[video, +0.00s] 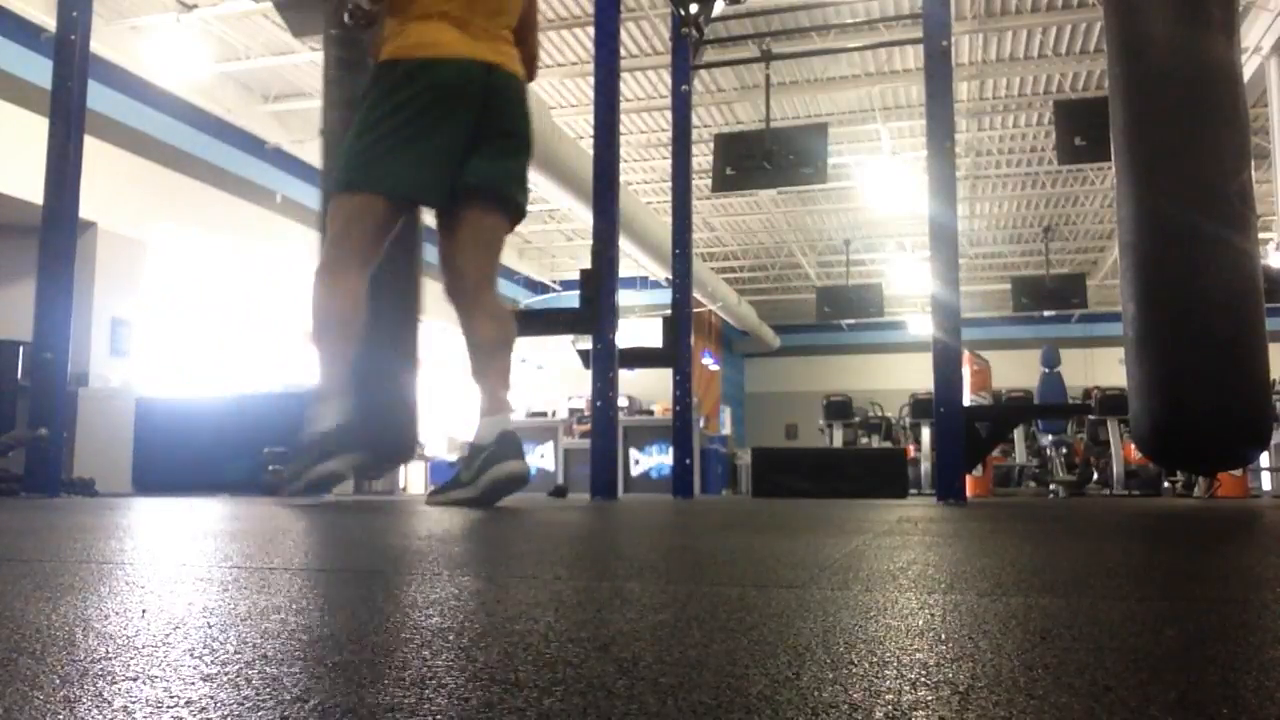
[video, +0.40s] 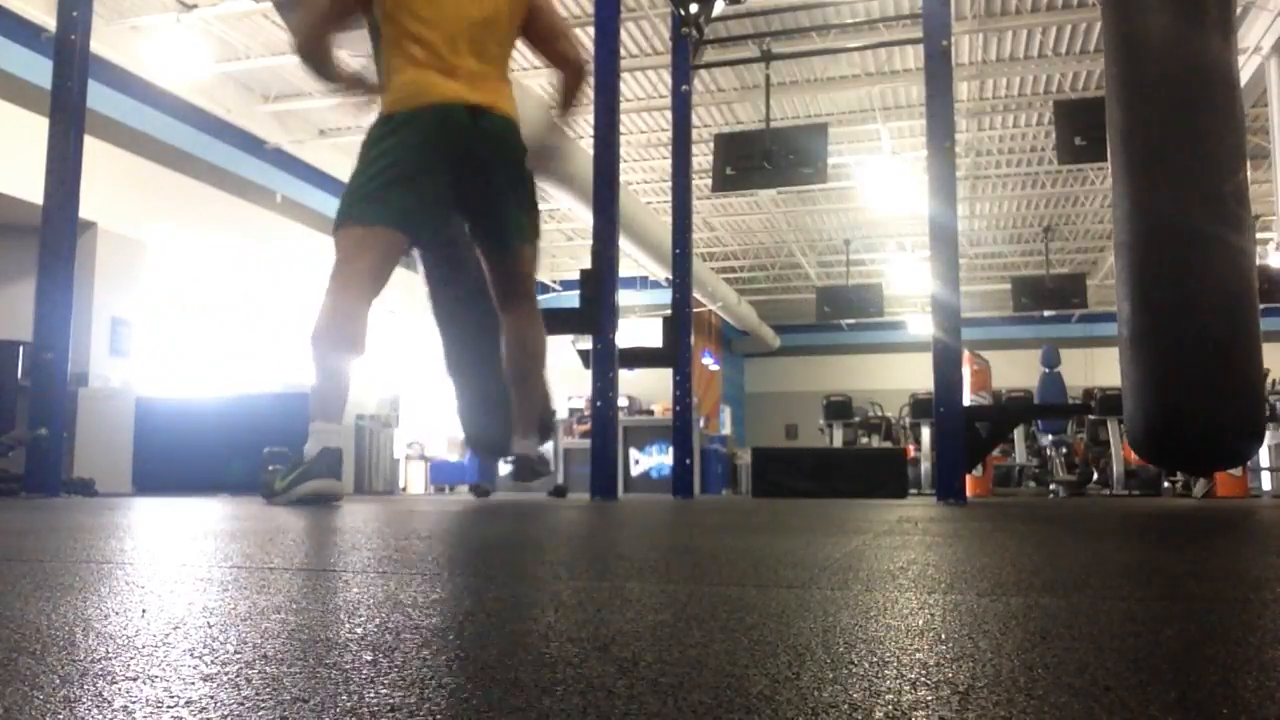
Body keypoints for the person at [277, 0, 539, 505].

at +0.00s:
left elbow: (362, 13)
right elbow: (527, 60)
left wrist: (364, 14)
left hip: (415, 73)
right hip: (503, 89)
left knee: (345, 258)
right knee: (475, 277)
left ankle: (330, 424)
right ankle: (496, 435)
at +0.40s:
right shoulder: (513, 2)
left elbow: (309, 33)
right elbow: (573, 61)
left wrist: (344, 78)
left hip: (410, 126)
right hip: (495, 132)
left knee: (351, 286)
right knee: (518, 297)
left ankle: (323, 453)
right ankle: (528, 457)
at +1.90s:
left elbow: (466, 62)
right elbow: (701, 25)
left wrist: (459, 58)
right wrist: (677, 107)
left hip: (521, 114)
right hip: (598, 122)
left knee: (435, 245)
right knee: (594, 297)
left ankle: (393, 376)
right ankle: (587, 440)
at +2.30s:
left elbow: (467, 25)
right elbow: (700, 4)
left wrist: (530, 76)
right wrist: (683, 91)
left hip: (555, 75)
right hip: (641, 75)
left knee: (542, 260)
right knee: (632, 269)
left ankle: (552, 430)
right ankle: (647, 435)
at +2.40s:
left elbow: (475, 35)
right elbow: (729, 2)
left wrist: (541, 81)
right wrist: (706, 73)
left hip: (557, 82)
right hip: (645, 75)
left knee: (557, 271)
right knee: (651, 272)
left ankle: (589, 416)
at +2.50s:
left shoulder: (511, 2)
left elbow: (492, 68)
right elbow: (744, 4)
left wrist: (553, 120)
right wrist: (705, 94)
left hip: (567, 101)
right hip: (653, 94)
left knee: (557, 294)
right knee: (689, 299)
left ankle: (601, 438)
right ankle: (754, 419)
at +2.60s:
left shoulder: (521, 3)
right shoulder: (670, 5)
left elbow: (499, 90)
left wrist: (550, 151)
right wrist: (662, 147)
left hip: (570, 119)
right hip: (663, 113)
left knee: (513, 303)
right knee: (712, 307)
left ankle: (571, 395)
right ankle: (758, 446)